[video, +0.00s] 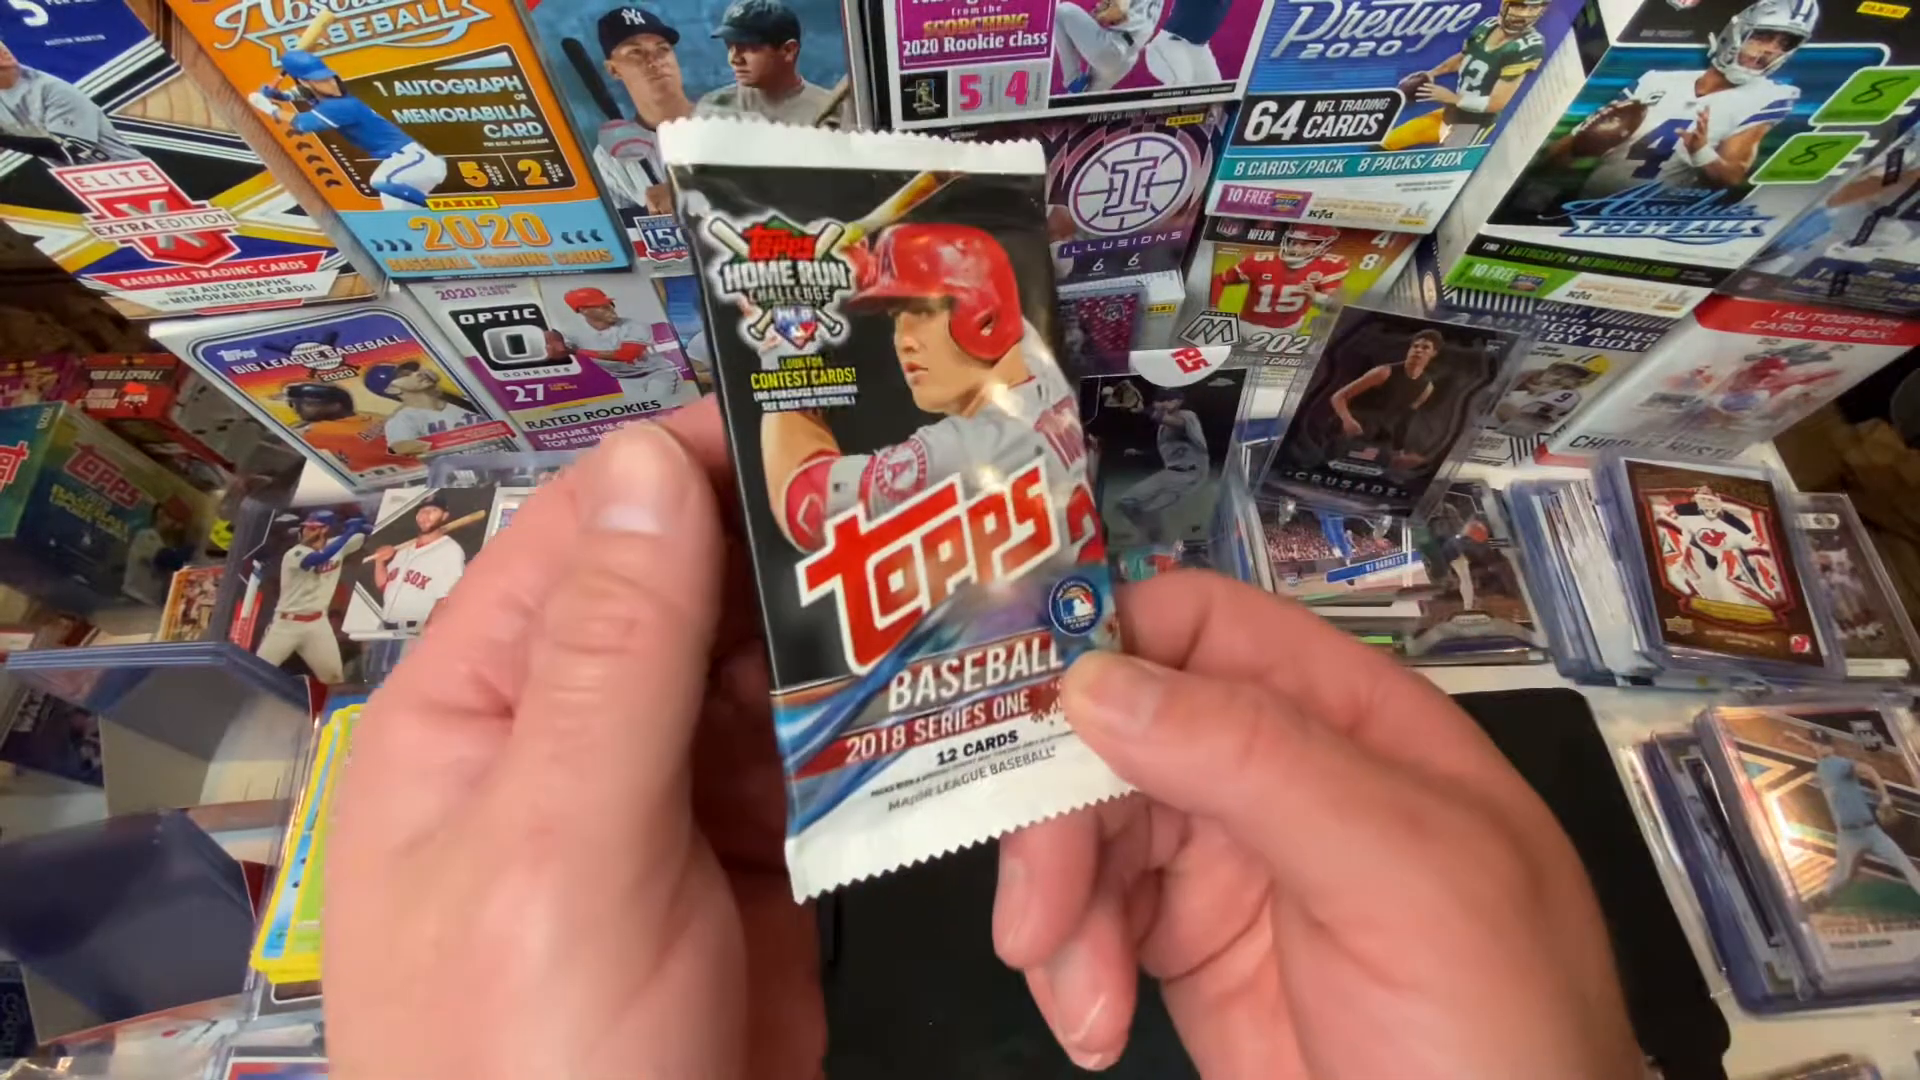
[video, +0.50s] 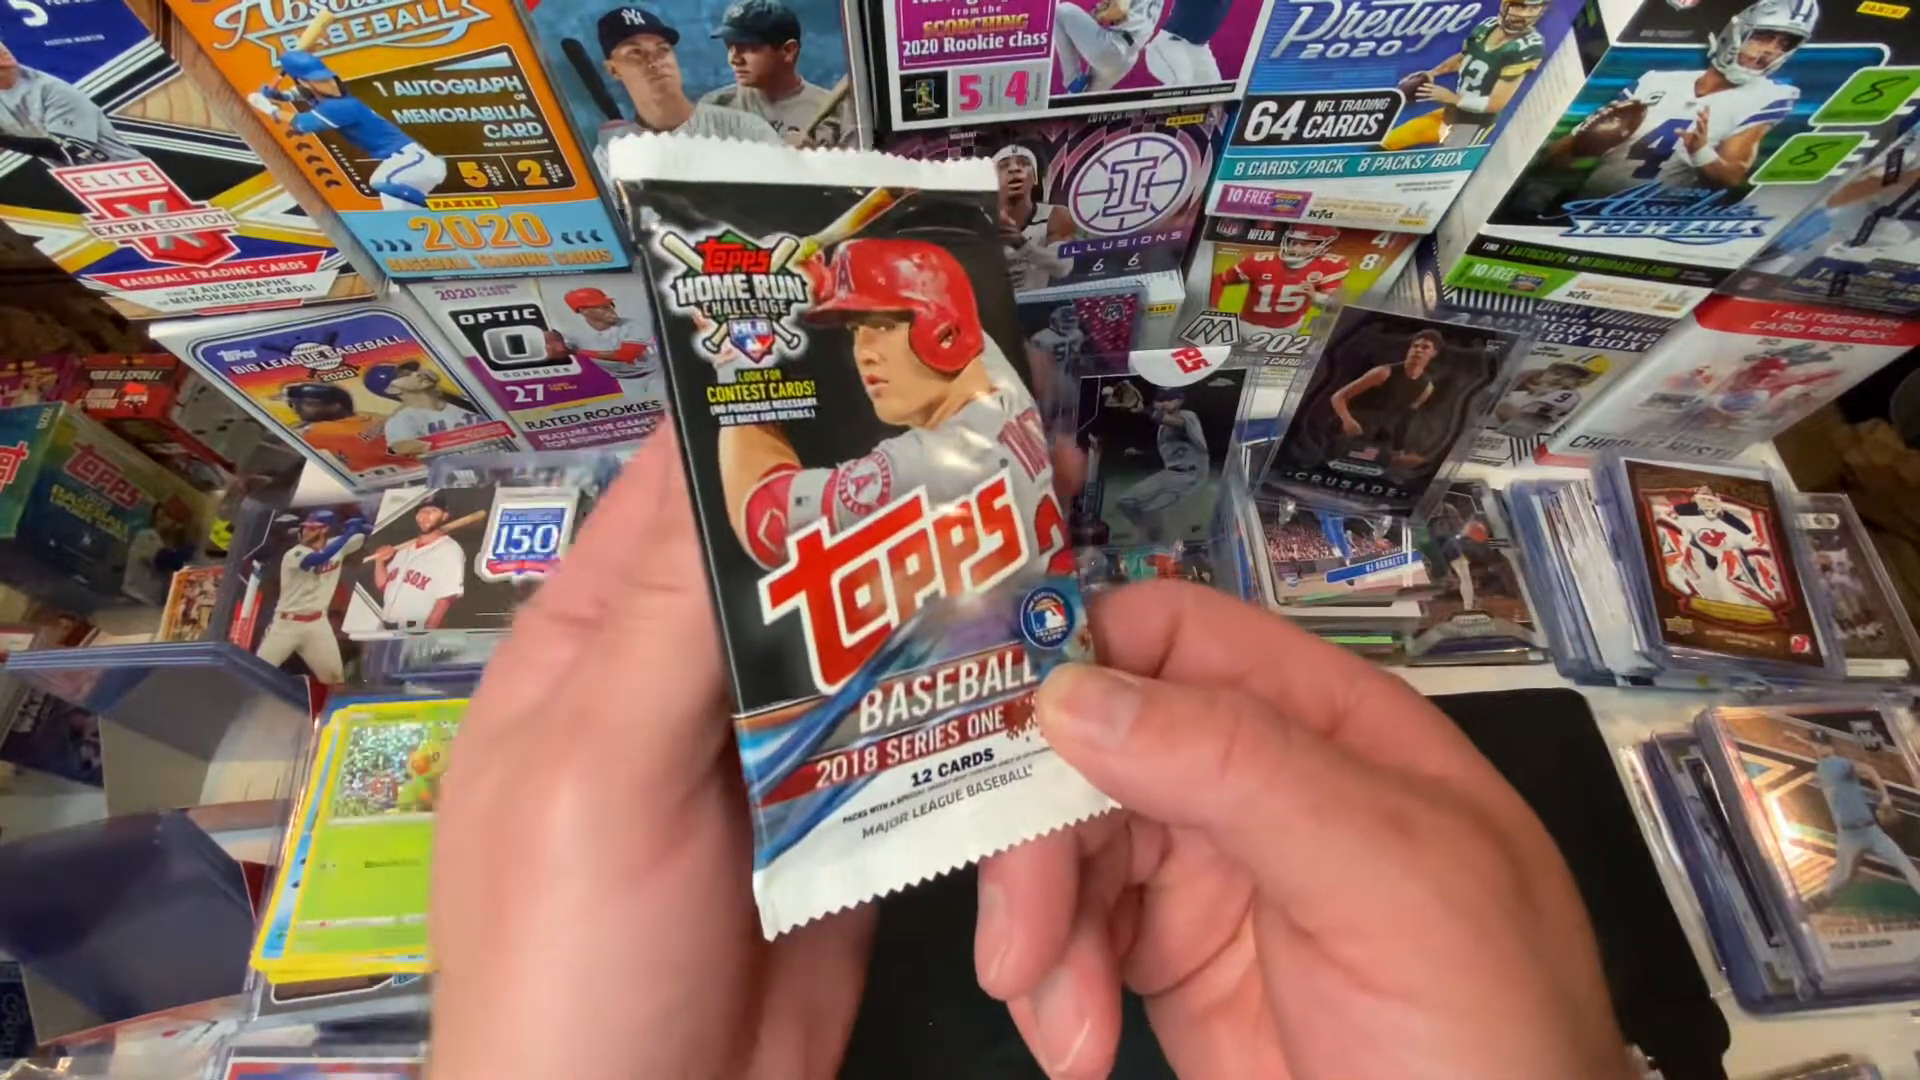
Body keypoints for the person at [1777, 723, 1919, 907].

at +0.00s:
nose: (1823, 749)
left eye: (1825, 744)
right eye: (1819, 746)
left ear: (1831, 745)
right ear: (1814, 748)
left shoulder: (1839, 764)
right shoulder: (1823, 767)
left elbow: (1869, 770)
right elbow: (1866, 769)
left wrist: (1884, 797)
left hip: (1871, 829)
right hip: (1847, 835)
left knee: (1904, 863)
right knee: (1842, 876)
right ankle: (1824, 897)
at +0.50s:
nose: (1823, 749)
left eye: (1825, 744)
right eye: (1818, 746)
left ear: (1831, 745)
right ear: (1813, 748)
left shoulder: (1840, 764)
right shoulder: (1822, 767)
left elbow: (1869, 770)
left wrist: (1885, 797)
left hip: (1871, 829)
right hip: (1847, 834)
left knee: (1903, 863)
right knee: (1843, 876)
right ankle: (1824, 896)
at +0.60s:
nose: (1823, 749)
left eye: (1824, 744)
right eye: (1818, 745)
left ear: (1830, 744)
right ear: (1814, 748)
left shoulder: (1838, 763)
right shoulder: (1822, 767)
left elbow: (1869, 770)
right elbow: (1813, 747)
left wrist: (1885, 796)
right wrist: (1800, 739)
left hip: (1870, 829)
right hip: (1847, 834)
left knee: (1904, 864)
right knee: (1843, 875)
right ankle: (1824, 897)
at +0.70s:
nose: (1821, 749)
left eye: (1824, 744)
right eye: (1817, 745)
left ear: (1829, 744)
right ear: (1813, 747)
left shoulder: (1838, 764)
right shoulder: (1822, 768)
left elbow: (1869, 771)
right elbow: (1813, 747)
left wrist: (1885, 797)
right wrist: (1799, 739)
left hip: (1870, 829)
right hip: (1847, 834)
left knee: (1904, 864)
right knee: (1843, 875)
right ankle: (1823, 898)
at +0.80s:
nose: (1821, 749)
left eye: (1824, 744)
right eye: (1817, 745)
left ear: (1830, 744)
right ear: (1813, 747)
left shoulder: (1838, 764)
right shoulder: (1822, 768)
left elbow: (1870, 771)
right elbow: (1813, 747)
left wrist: (1885, 797)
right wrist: (1800, 739)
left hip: (1870, 829)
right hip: (1847, 834)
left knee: (1904, 864)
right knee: (1843, 875)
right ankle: (1822, 898)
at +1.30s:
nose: (1821, 750)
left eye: (1824, 745)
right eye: (1818, 746)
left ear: (1831, 745)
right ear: (1815, 748)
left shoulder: (1839, 764)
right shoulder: (1822, 767)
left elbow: (1869, 770)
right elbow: (1812, 747)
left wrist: (1885, 797)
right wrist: (1796, 738)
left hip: (1870, 829)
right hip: (1847, 834)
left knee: (1903, 862)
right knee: (1842, 874)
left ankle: (1919, 888)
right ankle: (1824, 896)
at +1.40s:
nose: (1821, 750)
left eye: (1824, 745)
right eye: (1817, 746)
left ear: (1831, 745)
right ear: (1815, 749)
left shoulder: (1838, 764)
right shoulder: (1823, 767)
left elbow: (1869, 770)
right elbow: (1812, 747)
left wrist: (1885, 797)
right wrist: (1796, 737)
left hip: (1870, 829)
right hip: (1847, 834)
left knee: (1903, 862)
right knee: (1842, 874)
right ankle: (1824, 896)